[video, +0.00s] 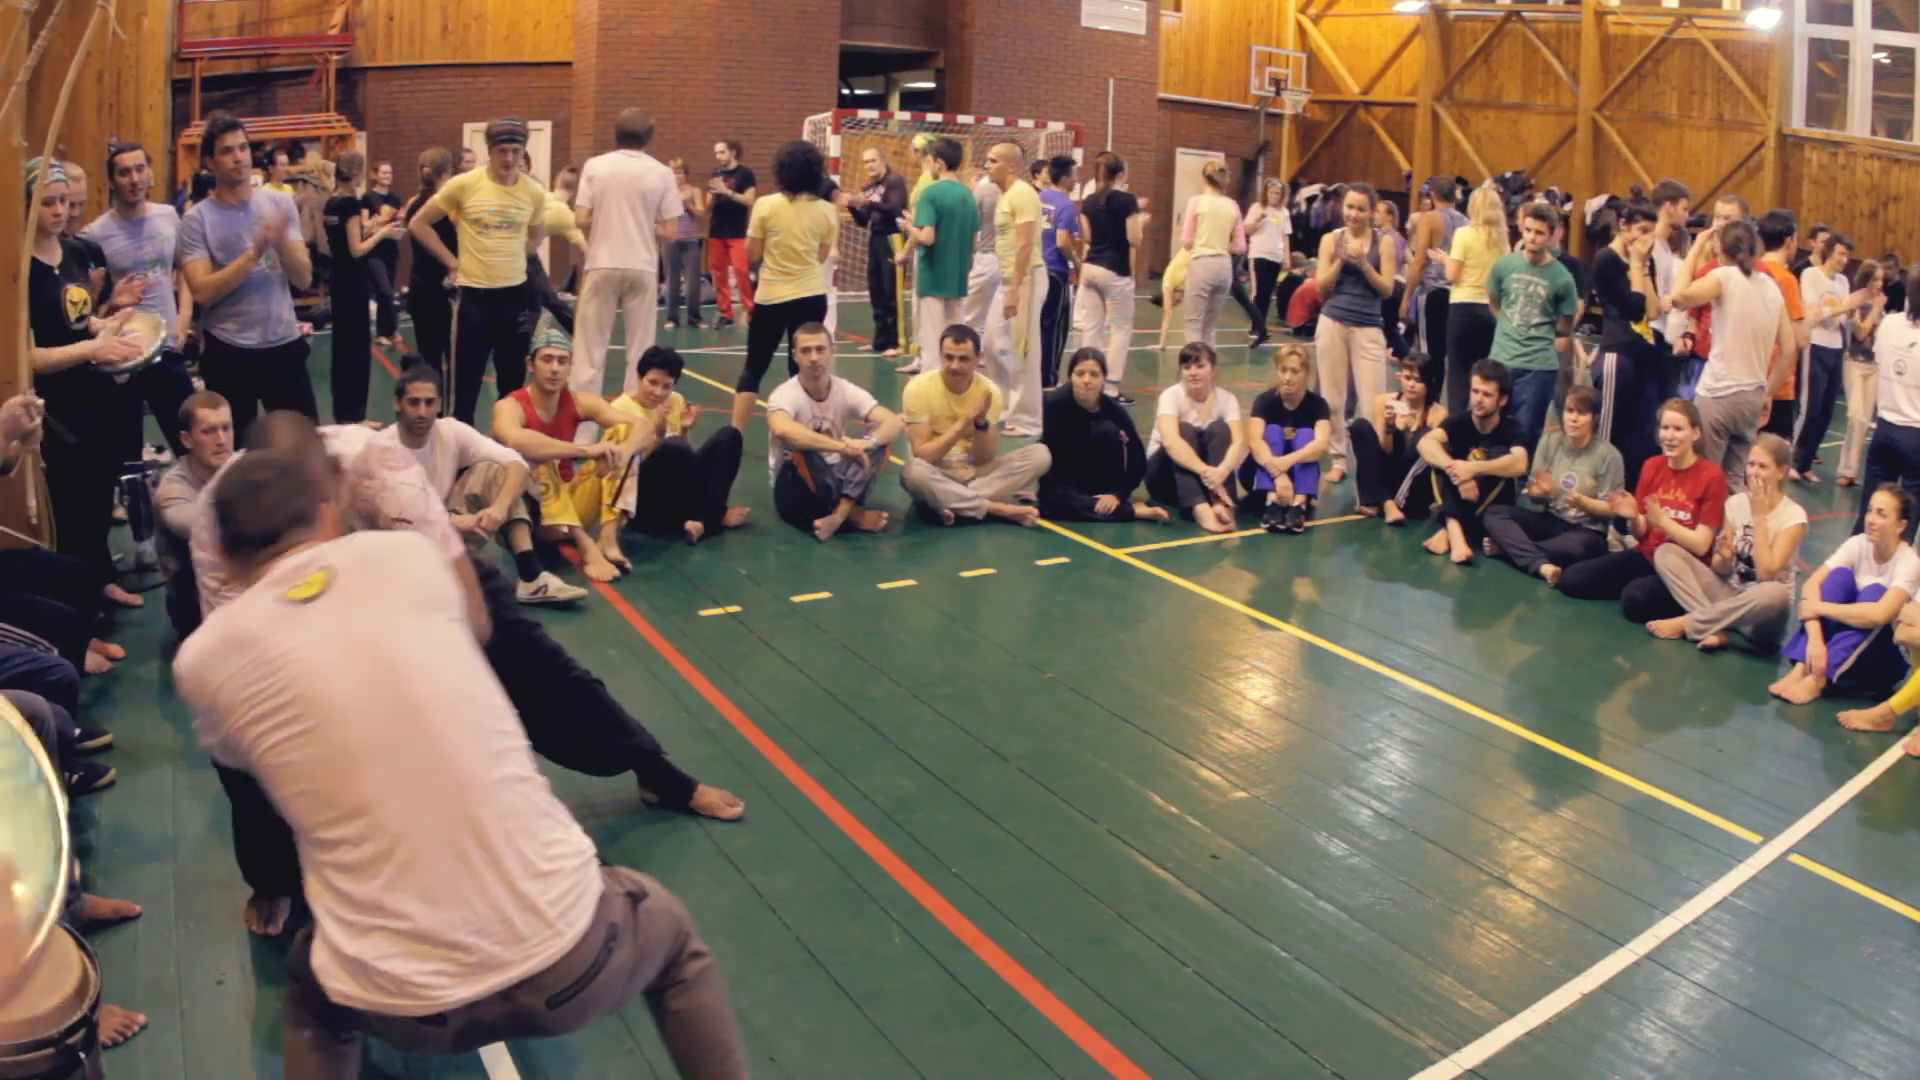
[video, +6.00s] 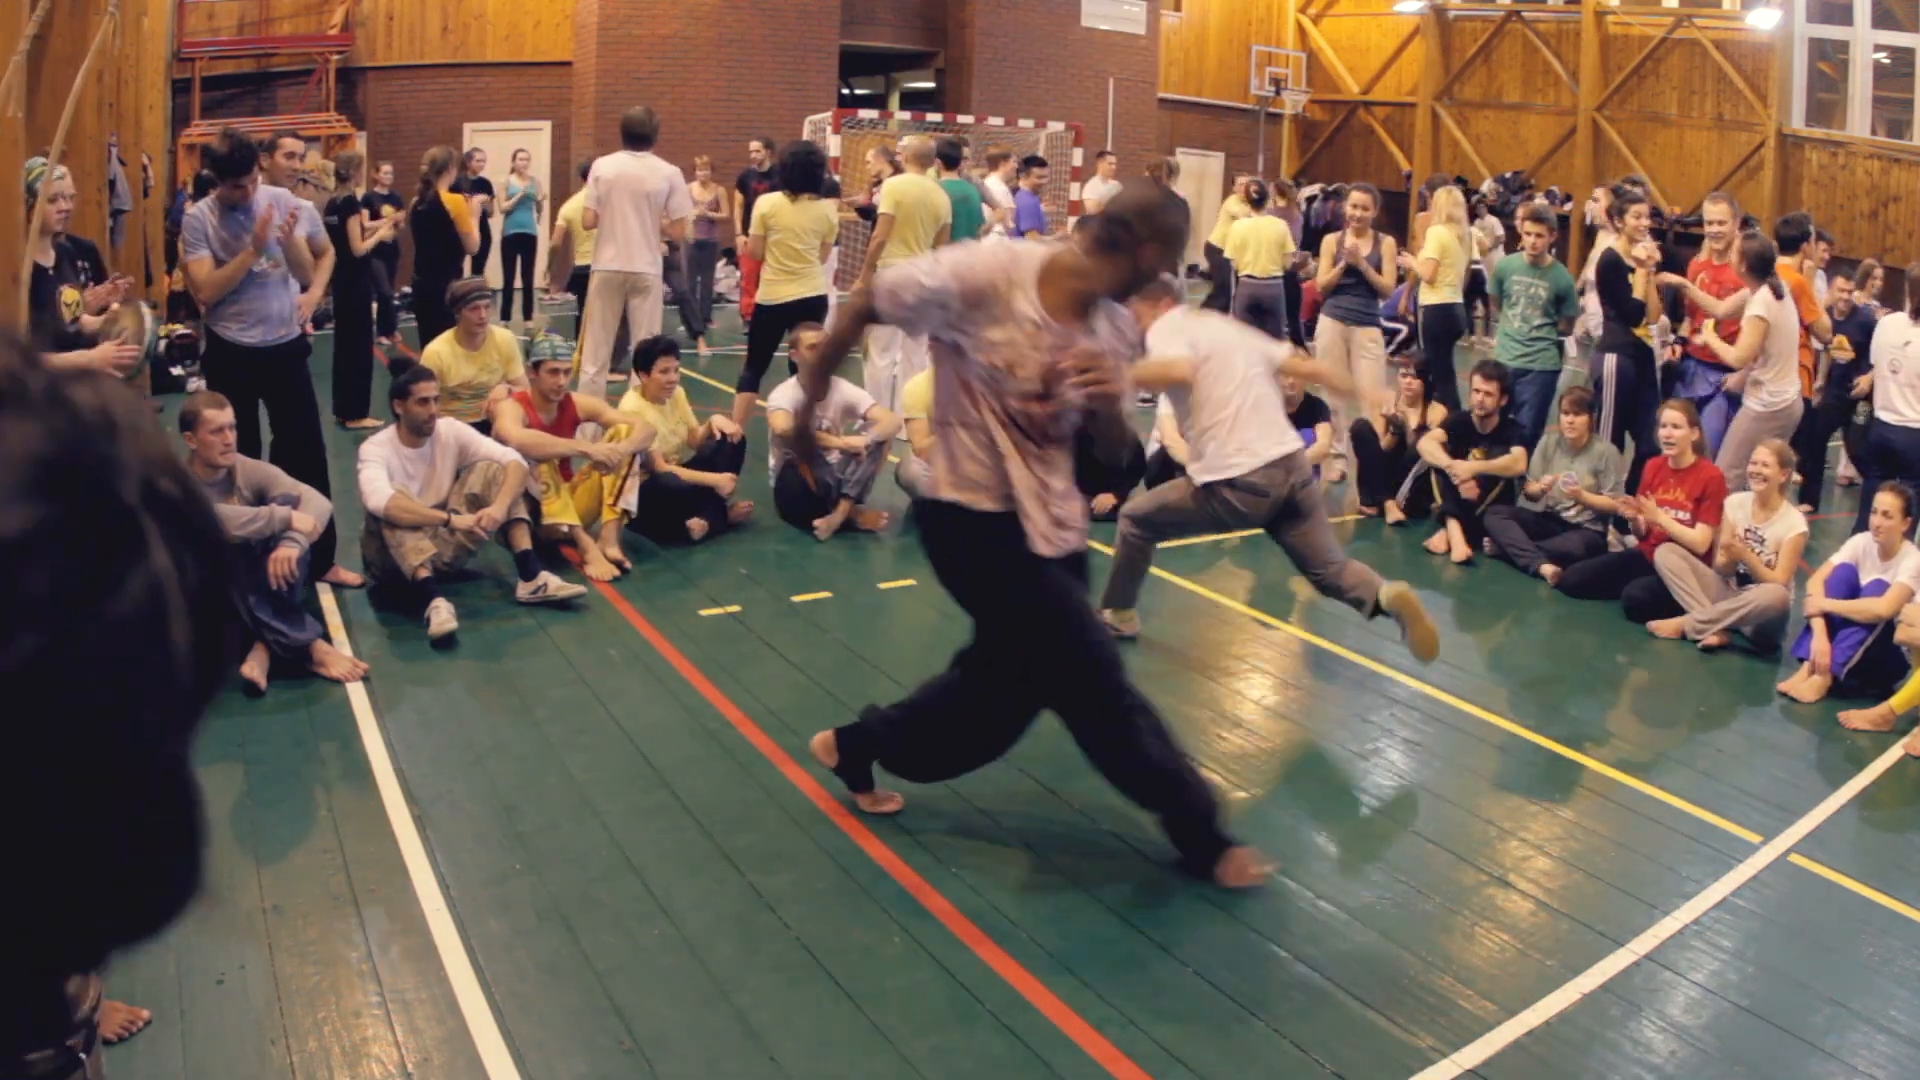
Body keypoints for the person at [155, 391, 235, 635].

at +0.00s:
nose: (221, 440)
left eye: (226, 429)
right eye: (208, 432)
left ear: (234, 430)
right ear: (186, 440)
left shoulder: (244, 467)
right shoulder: (172, 487)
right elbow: (201, 527)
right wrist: (229, 473)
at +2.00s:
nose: (228, 439)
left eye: (230, 428)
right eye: (215, 431)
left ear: (237, 429)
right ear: (189, 439)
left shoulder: (246, 469)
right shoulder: (174, 487)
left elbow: (316, 502)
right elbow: (190, 523)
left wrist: (291, 544)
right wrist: (284, 518)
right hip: (208, 620)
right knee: (214, 545)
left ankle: (265, 647)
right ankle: (311, 645)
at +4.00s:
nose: (228, 440)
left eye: (231, 429)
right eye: (216, 432)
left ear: (236, 429)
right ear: (189, 440)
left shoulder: (244, 469)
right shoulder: (173, 487)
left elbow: (316, 502)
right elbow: (191, 523)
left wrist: (291, 543)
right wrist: (283, 517)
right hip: (208, 616)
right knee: (213, 544)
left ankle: (264, 646)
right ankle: (310, 645)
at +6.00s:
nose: (229, 439)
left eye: (232, 429)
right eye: (217, 432)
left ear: (238, 429)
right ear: (190, 440)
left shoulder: (247, 470)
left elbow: (316, 501)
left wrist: (292, 545)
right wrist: (285, 517)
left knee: (289, 505)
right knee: (228, 552)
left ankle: (265, 645)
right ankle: (310, 644)